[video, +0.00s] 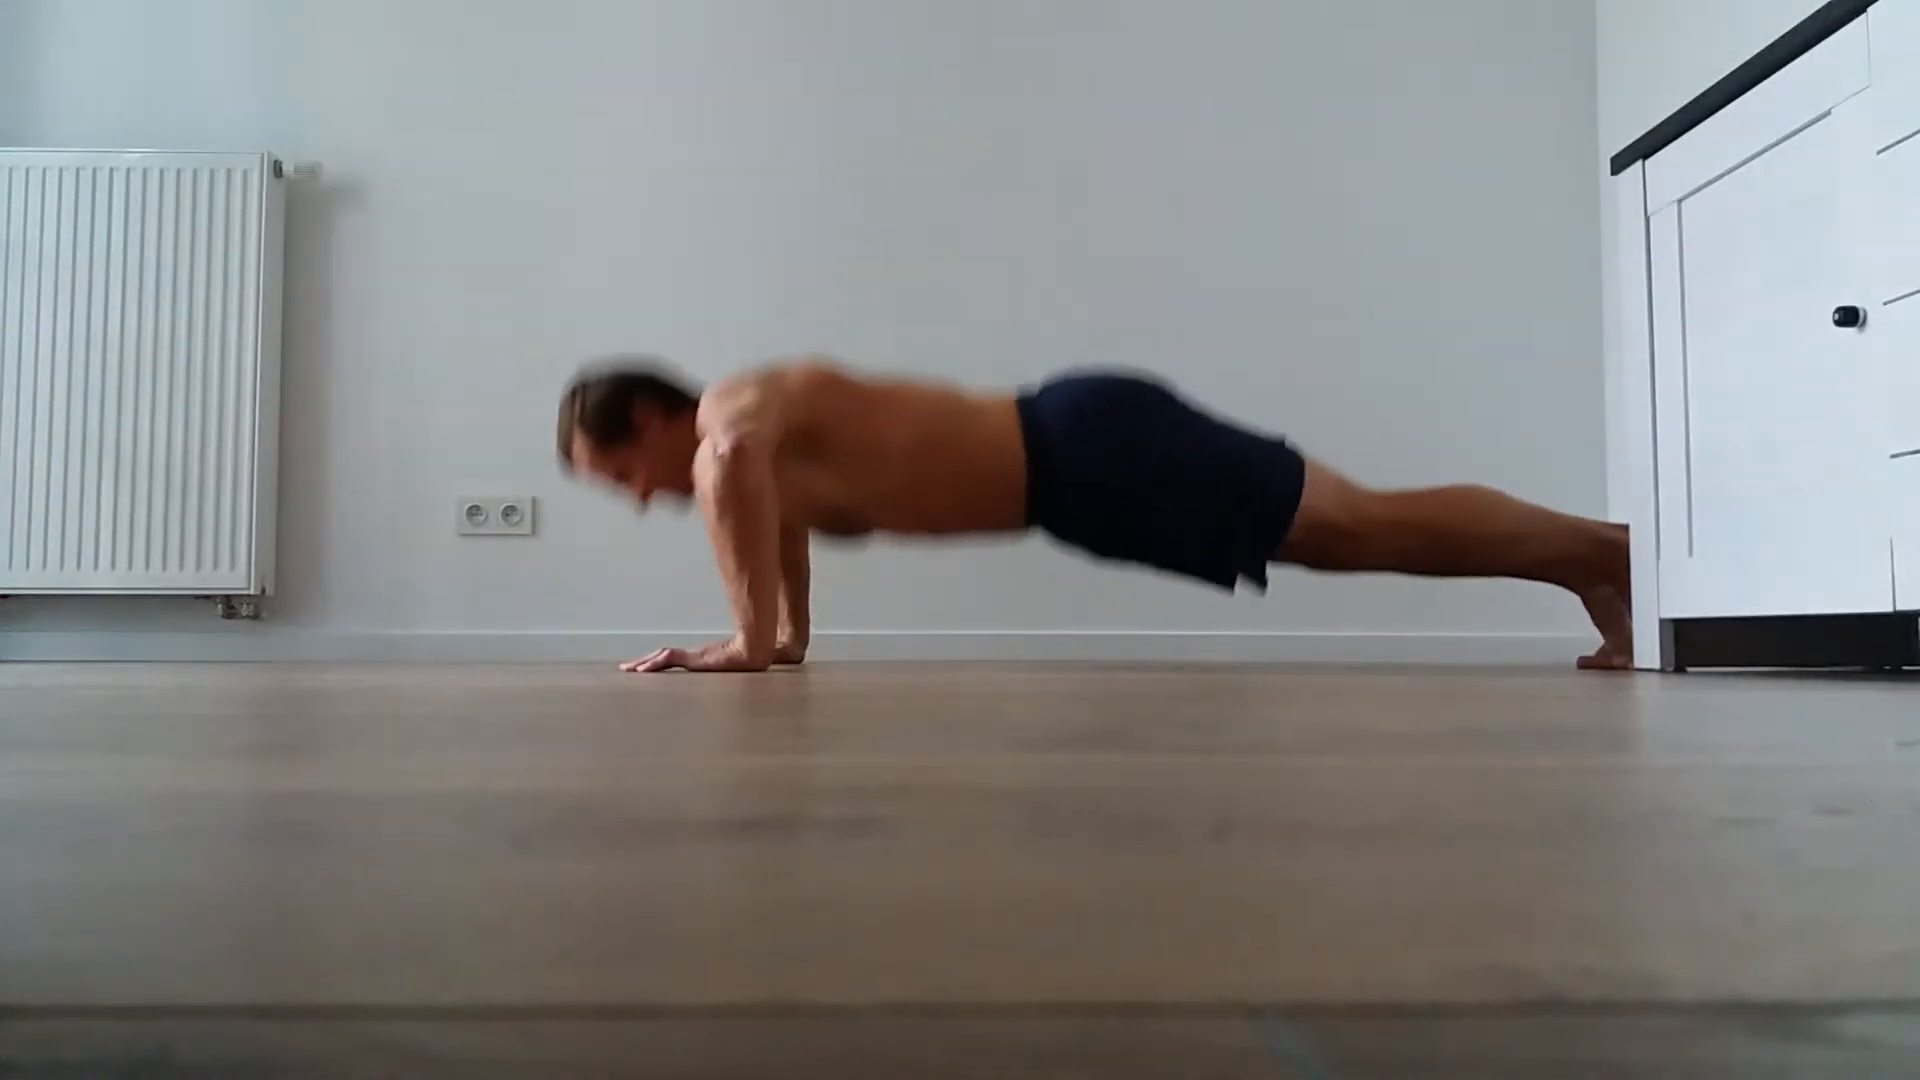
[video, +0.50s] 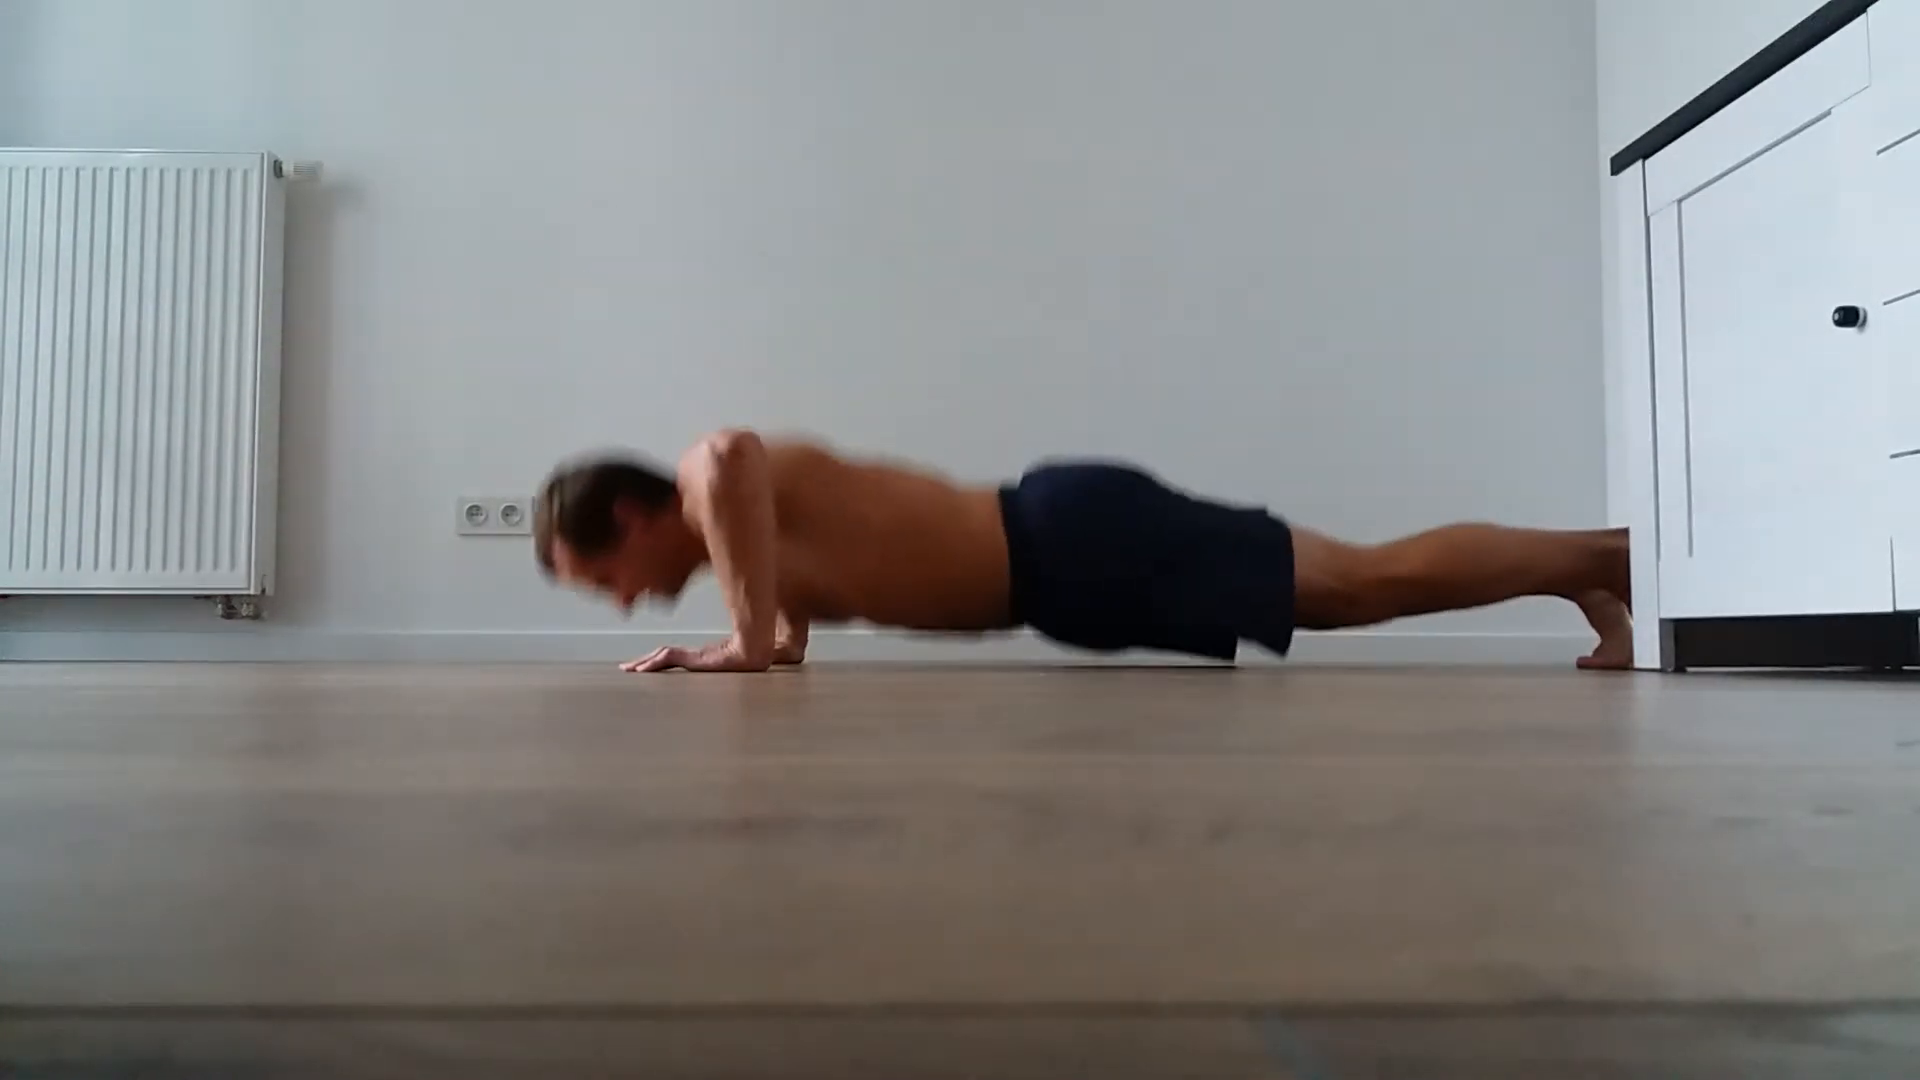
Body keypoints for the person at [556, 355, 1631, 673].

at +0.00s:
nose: (628, 494)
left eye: (613, 475)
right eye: (612, 481)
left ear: (641, 434)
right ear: (661, 410)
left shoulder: (729, 440)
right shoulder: (755, 410)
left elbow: (743, 510)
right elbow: (779, 512)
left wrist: (747, 646)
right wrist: (785, 642)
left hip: (1080, 458)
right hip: (1077, 443)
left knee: (1354, 528)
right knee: (1352, 523)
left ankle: (1598, 555)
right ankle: (1589, 553)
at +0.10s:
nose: (638, 392)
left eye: (623, 371)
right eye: (624, 381)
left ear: (649, 325)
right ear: (655, 333)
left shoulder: (756, 319)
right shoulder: (762, 350)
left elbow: (748, 475)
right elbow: (784, 503)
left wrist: (753, 640)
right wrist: (786, 645)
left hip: (1091, 404)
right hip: (1082, 408)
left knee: (1355, 502)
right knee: (1349, 500)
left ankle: (1601, 552)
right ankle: (1581, 559)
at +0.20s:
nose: (647, 356)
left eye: (632, 331)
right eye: (630, 344)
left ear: (661, 276)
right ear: (662, 291)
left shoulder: (769, 275)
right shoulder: (767, 314)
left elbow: (753, 463)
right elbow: (782, 488)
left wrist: (755, 637)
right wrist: (785, 640)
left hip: (1099, 392)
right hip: (1082, 414)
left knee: (1359, 503)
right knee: (1347, 514)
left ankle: (1602, 552)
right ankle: (1582, 570)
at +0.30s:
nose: (635, 386)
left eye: (621, 364)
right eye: (620, 374)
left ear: (652, 313)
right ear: (656, 321)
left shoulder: (764, 306)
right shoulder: (763, 333)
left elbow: (756, 477)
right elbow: (789, 494)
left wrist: (754, 640)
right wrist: (789, 641)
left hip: (1088, 421)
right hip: (1075, 435)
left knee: (1358, 522)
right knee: (1346, 527)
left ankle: (1596, 552)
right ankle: (1577, 562)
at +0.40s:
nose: (628, 490)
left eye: (612, 470)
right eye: (610, 478)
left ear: (640, 417)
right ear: (650, 412)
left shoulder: (733, 389)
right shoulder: (752, 403)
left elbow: (753, 465)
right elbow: (791, 506)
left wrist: (755, 634)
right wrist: (785, 644)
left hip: (1076, 485)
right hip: (1067, 488)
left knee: (1355, 552)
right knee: (1348, 547)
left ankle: (1592, 560)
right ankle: (1584, 555)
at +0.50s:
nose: (618, 600)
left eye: (603, 582)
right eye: (601, 589)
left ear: (626, 531)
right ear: (633, 533)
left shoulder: (717, 482)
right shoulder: (733, 509)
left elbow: (729, 465)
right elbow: (796, 596)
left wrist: (766, 637)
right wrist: (734, 647)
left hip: (1068, 547)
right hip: (1056, 549)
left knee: (1362, 584)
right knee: (1355, 576)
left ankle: (1594, 563)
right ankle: (1588, 564)